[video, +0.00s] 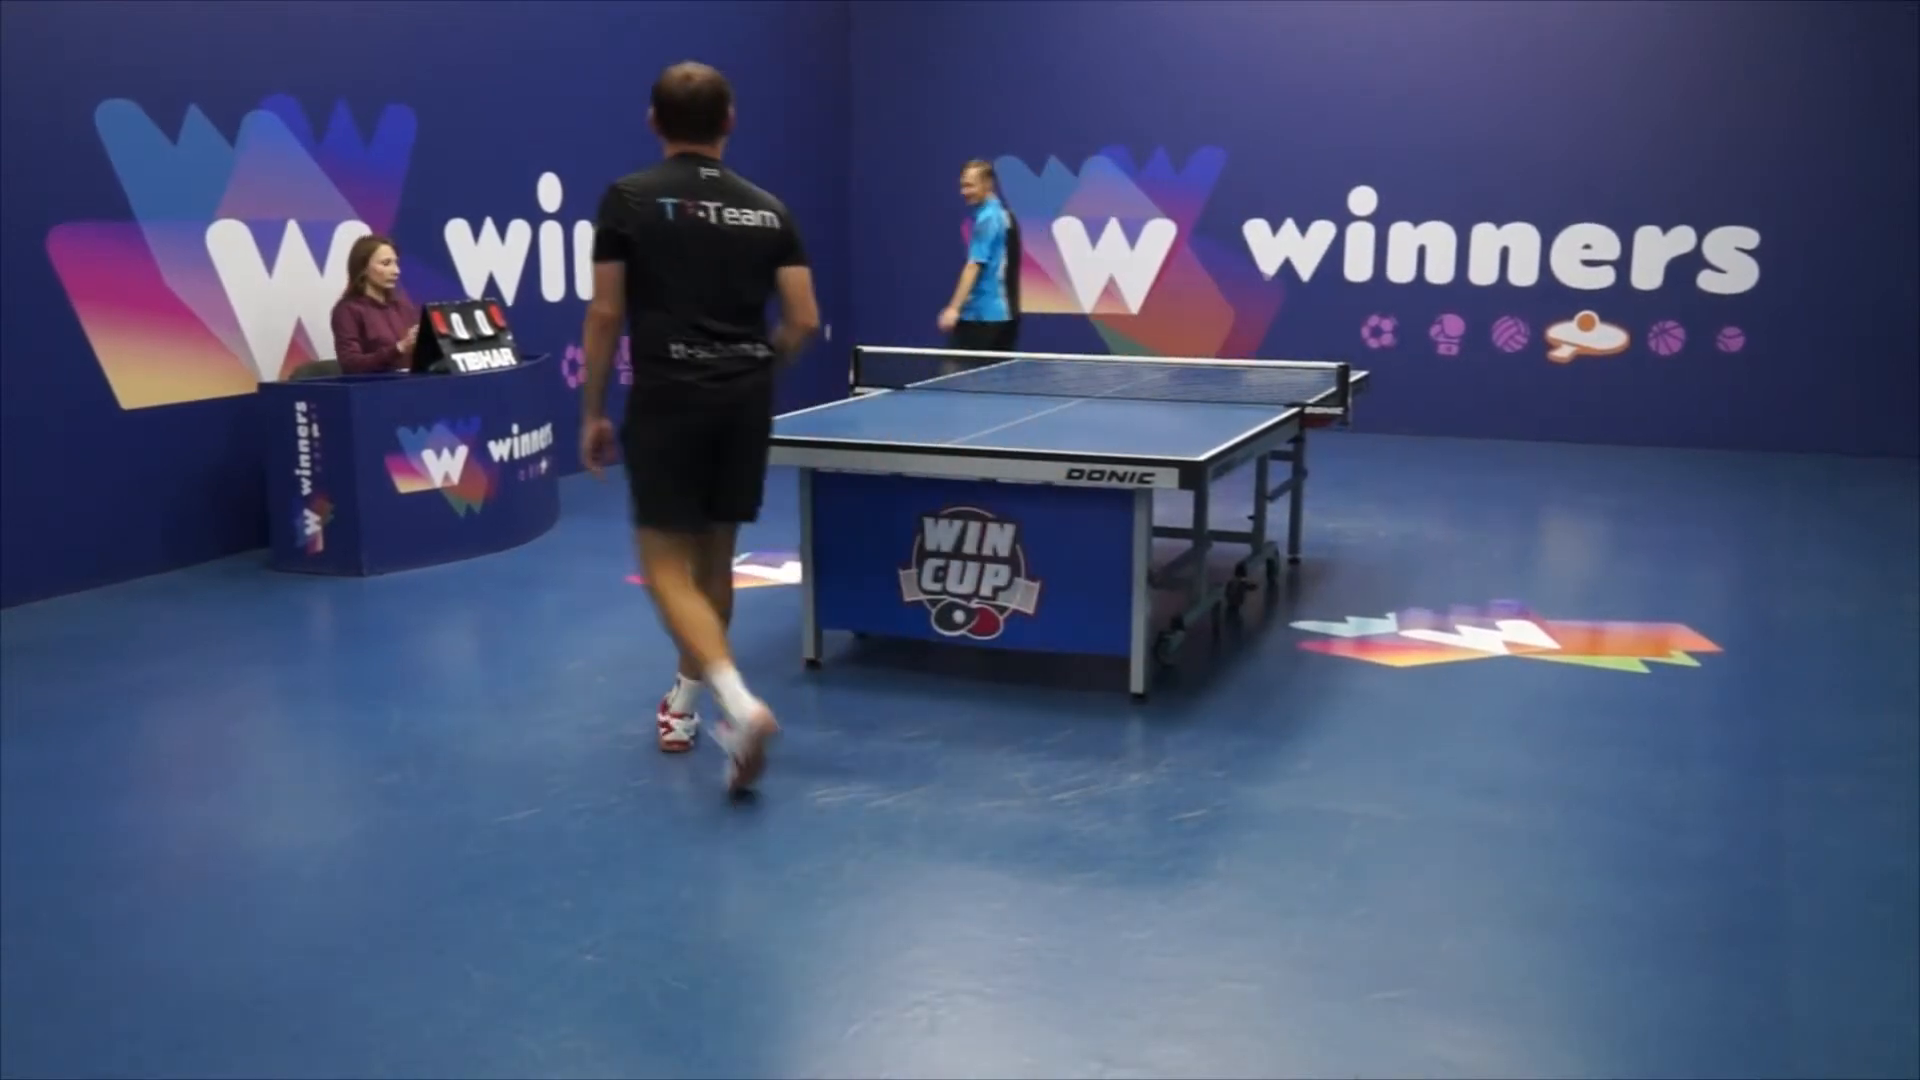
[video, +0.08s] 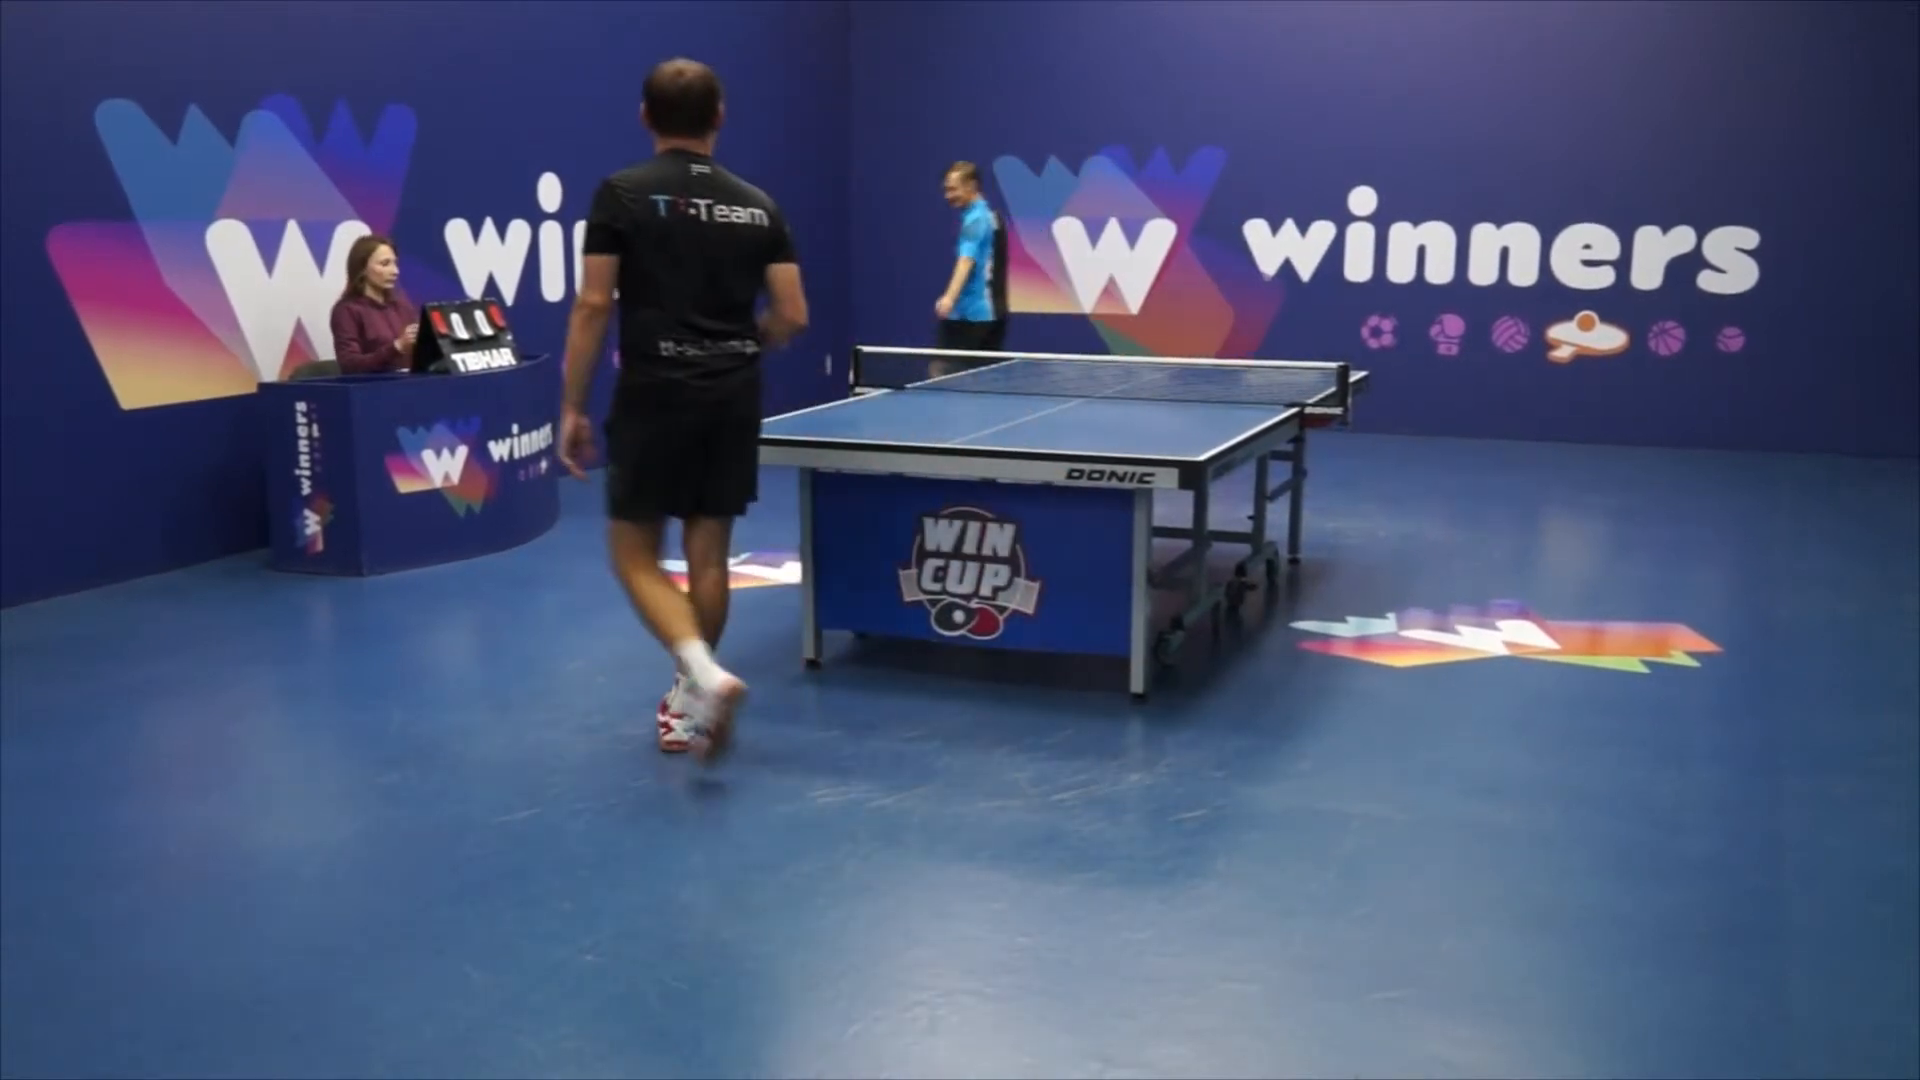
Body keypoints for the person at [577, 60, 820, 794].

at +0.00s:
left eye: (661, 115)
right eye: (726, 116)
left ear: (656, 124)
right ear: (729, 125)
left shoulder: (628, 200)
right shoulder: (765, 208)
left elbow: (605, 313)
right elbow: (802, 320)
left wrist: (594, 410)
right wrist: (761, 365)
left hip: (665, 403)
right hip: (744, 402)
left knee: (667, 567)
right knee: (716, 562)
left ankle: (740, 708)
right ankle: (685, 707)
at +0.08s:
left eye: (648, 112)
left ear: (646, 120)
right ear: (718, 120)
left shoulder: (621, 195)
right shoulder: (757, 205)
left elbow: (594, 305)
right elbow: (790, 315)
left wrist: (573, 406)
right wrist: (742, 343)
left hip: (653, 399)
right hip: (732, 399)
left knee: (636, 558)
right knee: (710, 554)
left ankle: (707, 678)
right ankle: (684, 704)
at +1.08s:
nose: (682, 202)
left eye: (681, 191)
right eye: (681, 192)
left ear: (621, 188)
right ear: (661, 194)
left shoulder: (579, 229)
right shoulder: (639, 259)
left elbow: (502, 301)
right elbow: (633, 375)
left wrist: (557, 347)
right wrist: (703, 390)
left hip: (499, 389)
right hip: (533, 399)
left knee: (552, 531)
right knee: (588, 560)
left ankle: (548, 655)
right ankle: (583, 741)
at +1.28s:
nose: (678, 185)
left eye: (675, 173)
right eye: (674, 174)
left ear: (614, 175)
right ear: (654, 177)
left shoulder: (573, 221)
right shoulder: (636, 247)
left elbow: (506, 300)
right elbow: (628, 363)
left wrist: (557, 351)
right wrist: (693, 373)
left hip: (512, 387)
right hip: (550, 398)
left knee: (556, 530)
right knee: (596, 562)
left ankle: (548, 656)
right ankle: (584, 740)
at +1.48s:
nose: (670, 167)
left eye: (667, 155)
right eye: (667, 157)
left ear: (604, 162)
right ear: (649, 162)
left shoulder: (567, 217)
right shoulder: (635, 239)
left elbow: (513, 306)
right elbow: (629, 355)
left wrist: (588, 335)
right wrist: (697, 360)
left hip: (524, 391)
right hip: (569, 401)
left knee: (564, 525)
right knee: (613, 563)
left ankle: (549, 656)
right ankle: (585, 740)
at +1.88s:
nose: (686, 169)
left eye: (684, 157)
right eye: (683, 158)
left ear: (616, 164)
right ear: (665, 163)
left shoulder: (564, 224)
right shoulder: (658, 237)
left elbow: (517, 310)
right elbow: (658, 350)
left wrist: (559, 349)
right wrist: (719, 359)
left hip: (551, 402)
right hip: (609, 412)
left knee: (581, 521)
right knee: (636, 573)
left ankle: (573, 638)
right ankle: (587, 739)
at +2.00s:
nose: (693, 182)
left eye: (691, 170)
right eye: (689, 171)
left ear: (625, 175)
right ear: (670, 175)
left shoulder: (578, 231)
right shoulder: (664, 248)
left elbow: (520, 316)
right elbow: (666, 356)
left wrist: (561, 360)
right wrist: (728, 362)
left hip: (556, 409)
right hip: (613, 416)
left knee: (591, 527)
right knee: (637, 574)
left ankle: (583, 643)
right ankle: (589, 735)